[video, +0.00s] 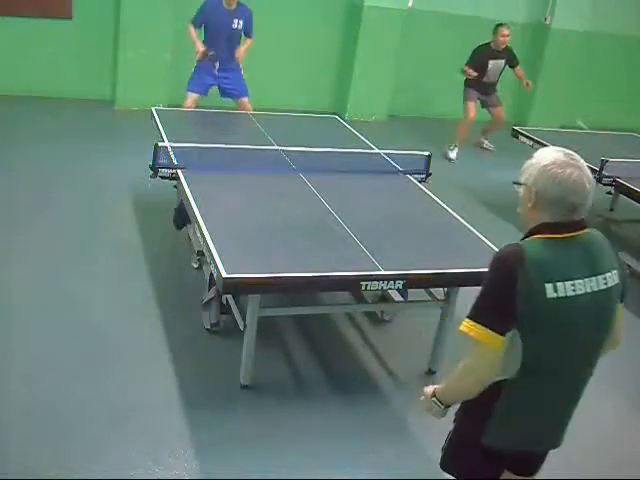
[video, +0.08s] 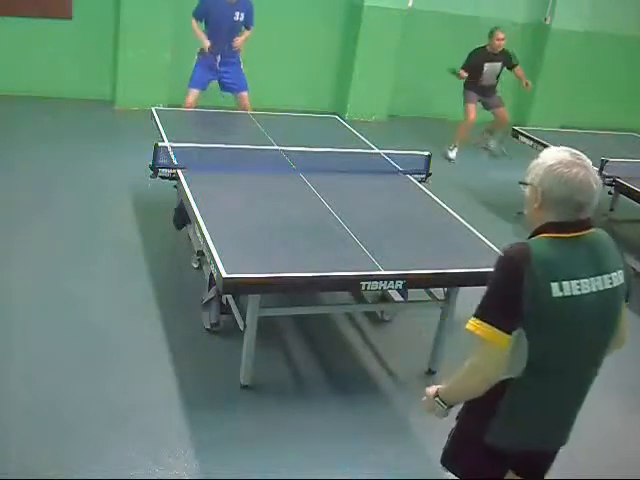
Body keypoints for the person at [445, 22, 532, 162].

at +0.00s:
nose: (505, 39)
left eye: (507, 36)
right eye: (502, 36)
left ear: (509, 37)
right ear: (494, 37)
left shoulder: (508, 52)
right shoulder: (482, 50)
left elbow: (516, 68)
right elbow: (467, 68)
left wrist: (524, 79)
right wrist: (472, 73)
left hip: (490, 88)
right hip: (473, 86)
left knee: (499, 119)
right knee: (470, 117)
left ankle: (482, 138)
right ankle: (455, 147)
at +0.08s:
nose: (500, 43)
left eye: (503, 40)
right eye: (498, 40)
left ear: (505, 41)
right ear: (490, 40)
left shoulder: (506, 55)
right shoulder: (478, 53)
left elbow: (515, 68)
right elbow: (464, 71)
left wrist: (523, 80)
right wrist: (462, 74)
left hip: (490, 90)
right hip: (472, 89)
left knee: (503, 120)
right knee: (471, 119)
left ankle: (488, 137)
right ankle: (454, 147)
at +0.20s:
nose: (492, 51)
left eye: (494, 48)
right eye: (489, 48)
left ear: (497, 48)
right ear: (482, 48)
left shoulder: (502, 58)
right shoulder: (473, 60)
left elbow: (513, 72)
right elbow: (461, 81)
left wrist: (521, 89)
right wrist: (451, 78)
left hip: (492, 93)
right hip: (473, 93)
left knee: (511, 121)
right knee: (471, 119)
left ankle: (502, 147)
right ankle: (455, 148)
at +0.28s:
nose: (488, 54)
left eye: (491, 51)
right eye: (485, 51)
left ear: (495, 50)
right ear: (480, 51)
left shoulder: (501, 59)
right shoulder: (472, 63)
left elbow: (513, 73)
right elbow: (463, 84)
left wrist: (520, 93)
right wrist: (456, 83)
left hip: (493, 95)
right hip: (475, 95)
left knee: (511, 121)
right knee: (471, 120)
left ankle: (503, 147)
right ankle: (455, 147)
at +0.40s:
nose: (489, 53)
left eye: (491, 50)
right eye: (486, 50)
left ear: (496, 49)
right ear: (481, 50)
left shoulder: (503, 58)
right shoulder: (476, 63)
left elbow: (513, 74)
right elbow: (474, 86)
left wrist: (520, 94)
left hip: (497, 95)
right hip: (479, 94)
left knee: (513, 122)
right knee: (473, 121)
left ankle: (506, 148)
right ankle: (455, 147)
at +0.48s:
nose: (492, 51)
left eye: (494, 47)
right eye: (489, 48)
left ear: (498, 47)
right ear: (484, 48)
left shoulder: (505, 55)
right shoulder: (480, 62)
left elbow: (512, 73)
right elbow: (481, 87)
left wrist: (520, 93)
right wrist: (490, 92)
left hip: (496, 90)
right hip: (478, 91)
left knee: (516, 120)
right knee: (474, 120)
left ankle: (509, 149)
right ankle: (455, 147)